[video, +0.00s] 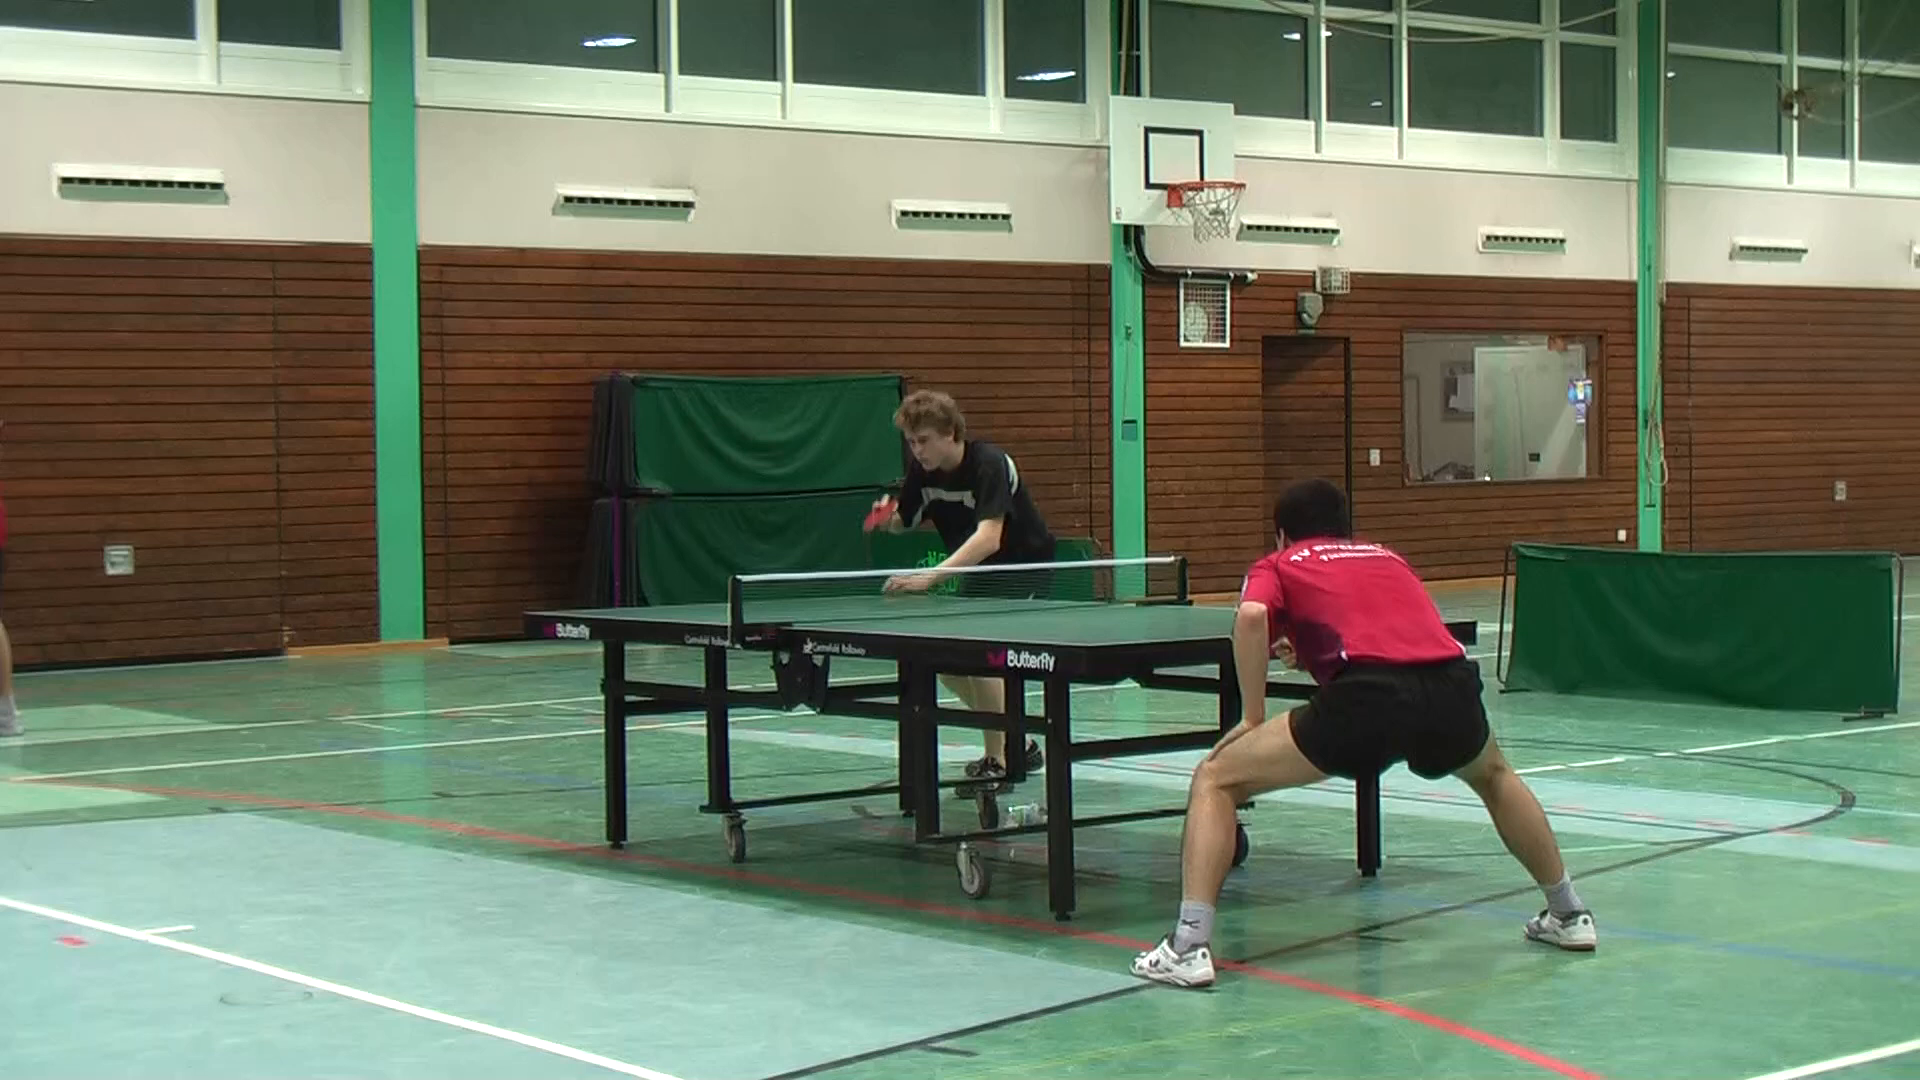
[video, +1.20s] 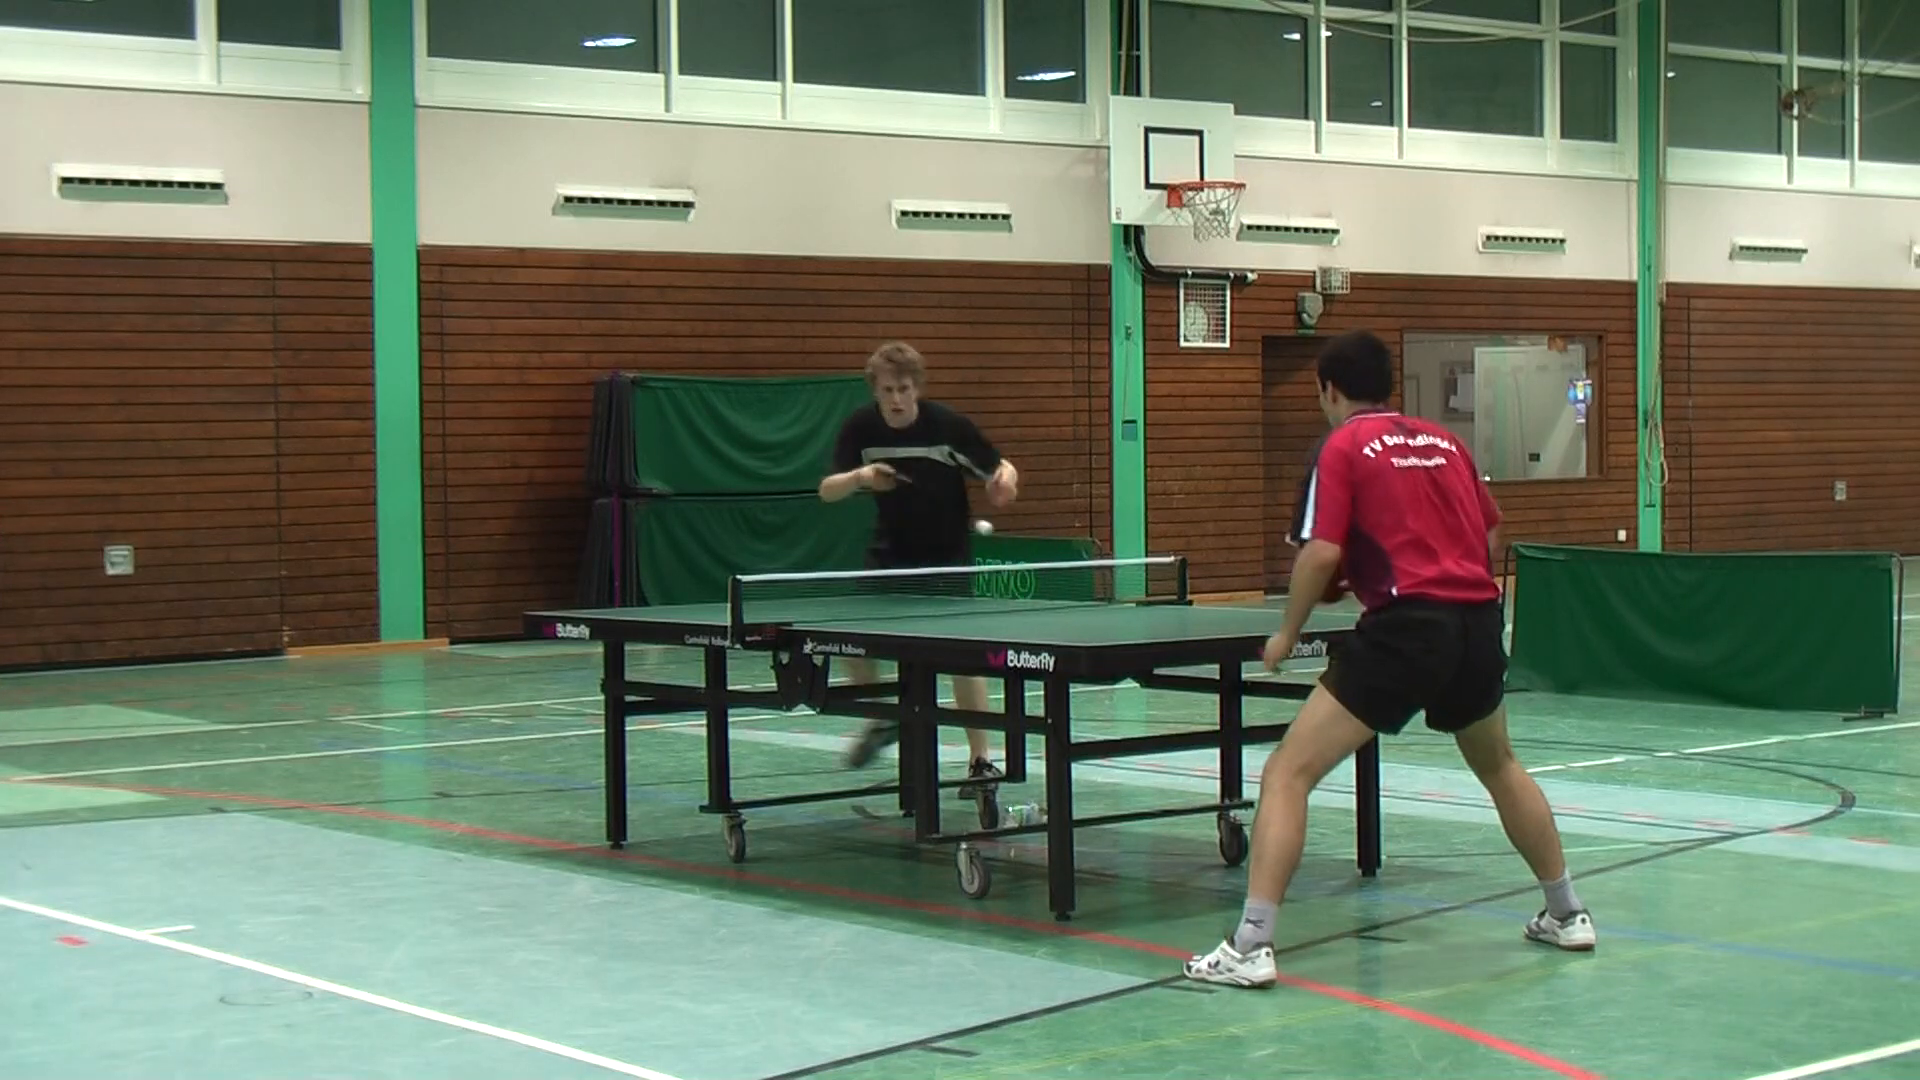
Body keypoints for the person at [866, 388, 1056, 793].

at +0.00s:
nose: (916, 451)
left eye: (922, 440)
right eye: (911, 443)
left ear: (950, 434)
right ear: (909, 441)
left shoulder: (989, 461)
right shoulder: (922, 468)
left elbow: (989, 537)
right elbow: (905, 520)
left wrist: (931, 575)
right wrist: (886, 519)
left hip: (1024, 573)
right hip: (977, 575)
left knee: (980, 659)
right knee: (947, 659)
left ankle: (997, 758)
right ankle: (1018, 745)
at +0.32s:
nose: (921, 426)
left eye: (928, 415)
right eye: (916, 418)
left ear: (954, 405)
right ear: (913, 414)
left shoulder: (991, 445)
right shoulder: (931, 443)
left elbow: (1017, 518)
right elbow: (916, 474)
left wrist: (965, 565)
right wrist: (889, 472)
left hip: (1015, 564)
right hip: (974, 565)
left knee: (964, 649)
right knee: (957, 650)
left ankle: (1008, 752)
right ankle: (1002, 752)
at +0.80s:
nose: (891, 415)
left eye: (896, 406)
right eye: (887, 407)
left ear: (924, 399)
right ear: (893, 404)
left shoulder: (975, 430)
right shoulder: (899, 438)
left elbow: (1029, 483)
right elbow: (876, 480)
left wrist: (998, 523)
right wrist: (825, 484)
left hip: (996, 560)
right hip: (954, 561)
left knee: (979, 655)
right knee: (981, 656)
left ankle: (983, 756)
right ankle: (1016, 747)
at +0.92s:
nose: (893, 410)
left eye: (900, 402)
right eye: (889, 401)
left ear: (926, 395)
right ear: (888, 397)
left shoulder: (970, 425)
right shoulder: (888, 438)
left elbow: (1027, 473)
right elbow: (883, 503)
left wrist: (1005, 490)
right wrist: (872, 527)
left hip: (986, 558)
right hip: (938, 561)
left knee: (976, 653)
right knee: (978, 654)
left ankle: (982, 755)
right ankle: (998, 744)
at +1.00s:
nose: (900, 407)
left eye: (908, 398)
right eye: (893, 397)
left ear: (931, 393)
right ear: (887, 393)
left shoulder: (969, 421)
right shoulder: (881, 431)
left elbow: (1026, 469)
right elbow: (874, 499)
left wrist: (999, 470)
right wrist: (906, 499)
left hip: (977, 557)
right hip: (925, 561)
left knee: (968, 653)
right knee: (937, 652)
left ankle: (982, 752)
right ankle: (996, 720)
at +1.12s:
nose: (905, 403)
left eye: (913, 393)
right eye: (896, 394)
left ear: (929, 388)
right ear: (886, 391)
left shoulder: (961, 421)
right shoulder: (873, 428)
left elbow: (1019, 473)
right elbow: (846, 494)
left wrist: (997, 468)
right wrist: (881, 473)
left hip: (962, 563)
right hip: (904, 565)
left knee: (972, 657)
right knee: (891, 656)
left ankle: (982, 759)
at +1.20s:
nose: (896, 400)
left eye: (904, 389)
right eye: (886, 391)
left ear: (918, 387)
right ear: (874, 390)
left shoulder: (948, 424)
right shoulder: (860, 428)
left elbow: (1001, 468)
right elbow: (827, 491)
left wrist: (1005, 477)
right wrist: (860, 477)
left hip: (949, 561)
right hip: (888, 562)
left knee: (964, 659)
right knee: (848, 640)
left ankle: (981, 760)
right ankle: (880, 716)